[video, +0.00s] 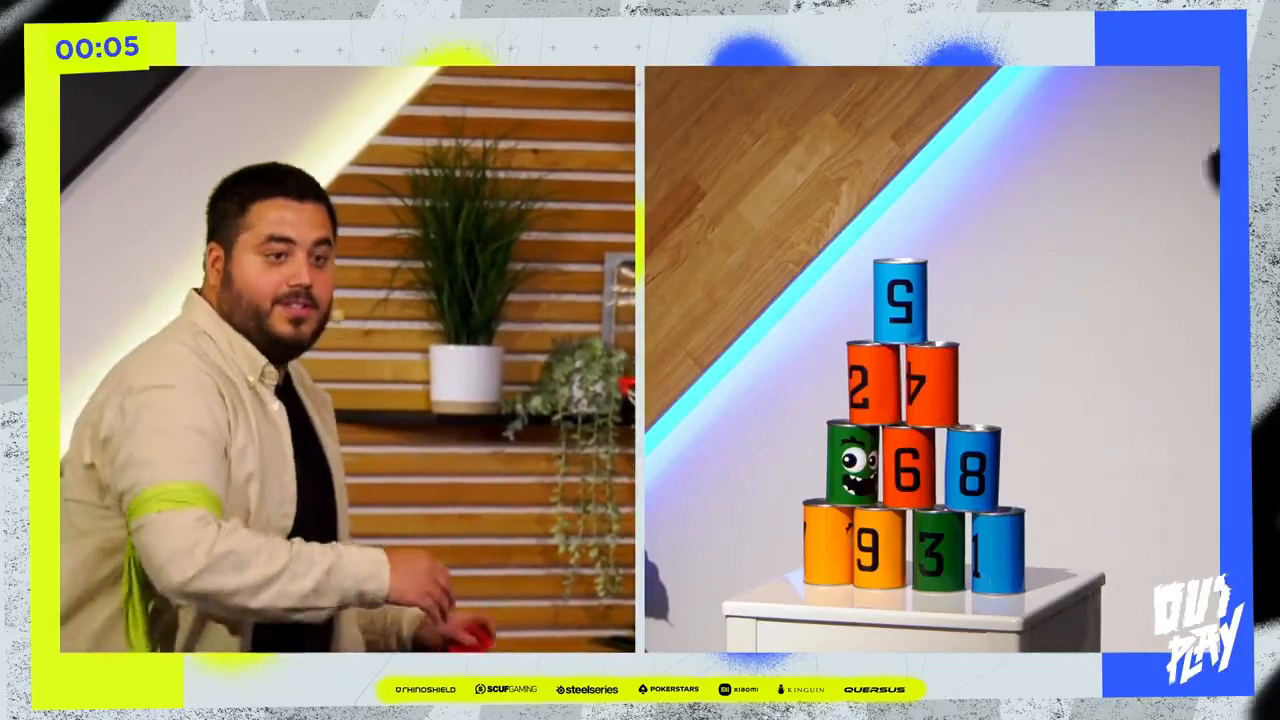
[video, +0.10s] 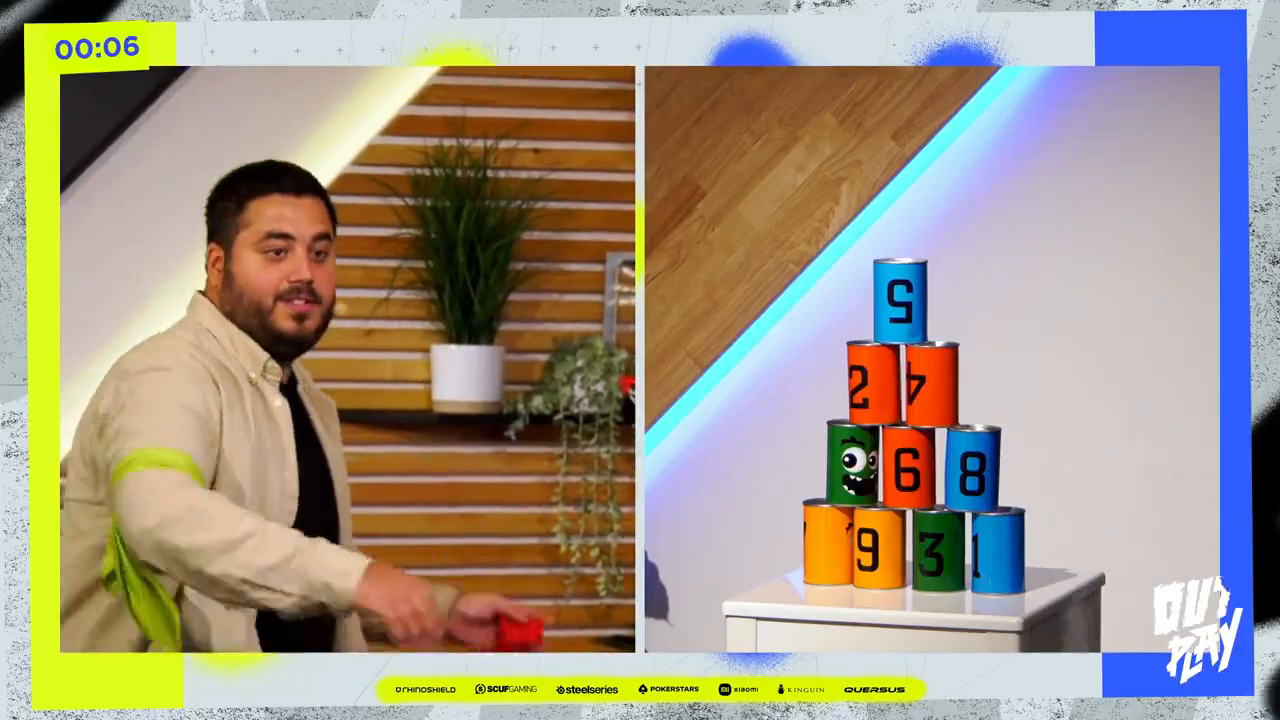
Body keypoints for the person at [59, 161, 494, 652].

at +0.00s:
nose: (304, 277)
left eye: (320, 257)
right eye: (276, 253)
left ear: (333, 271)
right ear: (217, 265)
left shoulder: (299, 392)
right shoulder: (168, 381)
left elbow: (280, 604)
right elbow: (185, 558)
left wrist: (410, 627)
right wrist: (377, 571)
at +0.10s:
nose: (305, 275)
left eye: (321, 253)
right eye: (275, 251)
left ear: (336, 268)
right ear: (217, 265)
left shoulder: (311, 403)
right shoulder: (170, 373)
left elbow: (313, 597)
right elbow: (159, 515)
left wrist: (442, 617)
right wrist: (358, 578)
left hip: (267, 694)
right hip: (135, 693)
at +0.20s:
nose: (301, 273)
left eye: (316, 251)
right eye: (270, 251)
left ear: (333, 269)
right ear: (214, 269)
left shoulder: (310, 404)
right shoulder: (166, 373)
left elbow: (331, 548)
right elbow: (114, 487)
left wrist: (472, 512)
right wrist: (236, 582)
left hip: (307, 697)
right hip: (184, 698)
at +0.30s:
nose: (288, 261)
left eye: (304, 240)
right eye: (257, 241)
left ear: (322, 258)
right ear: (202, 262)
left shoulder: (318, 404)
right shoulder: (144, 375)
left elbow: (398, 527)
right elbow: (44, 481)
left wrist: (481, 389)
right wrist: (88, 586)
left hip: (323, 700)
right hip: (183, 699)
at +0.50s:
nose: (211, 253)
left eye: (228, 226)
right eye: (178, 231)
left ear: (250, 237)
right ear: (128, 251)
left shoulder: (327, 349)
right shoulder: (69, 398)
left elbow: (438, 387)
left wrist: (546, 405)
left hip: (320, 695)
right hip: (141, 698)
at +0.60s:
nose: (165, 306)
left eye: (182, 274)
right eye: (131, 283)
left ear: (208, 279)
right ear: (83, 299)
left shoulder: (304, 396)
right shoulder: (47, 439)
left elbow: (410, 544)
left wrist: (346, 698)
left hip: (284, 700)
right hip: (99, 703)